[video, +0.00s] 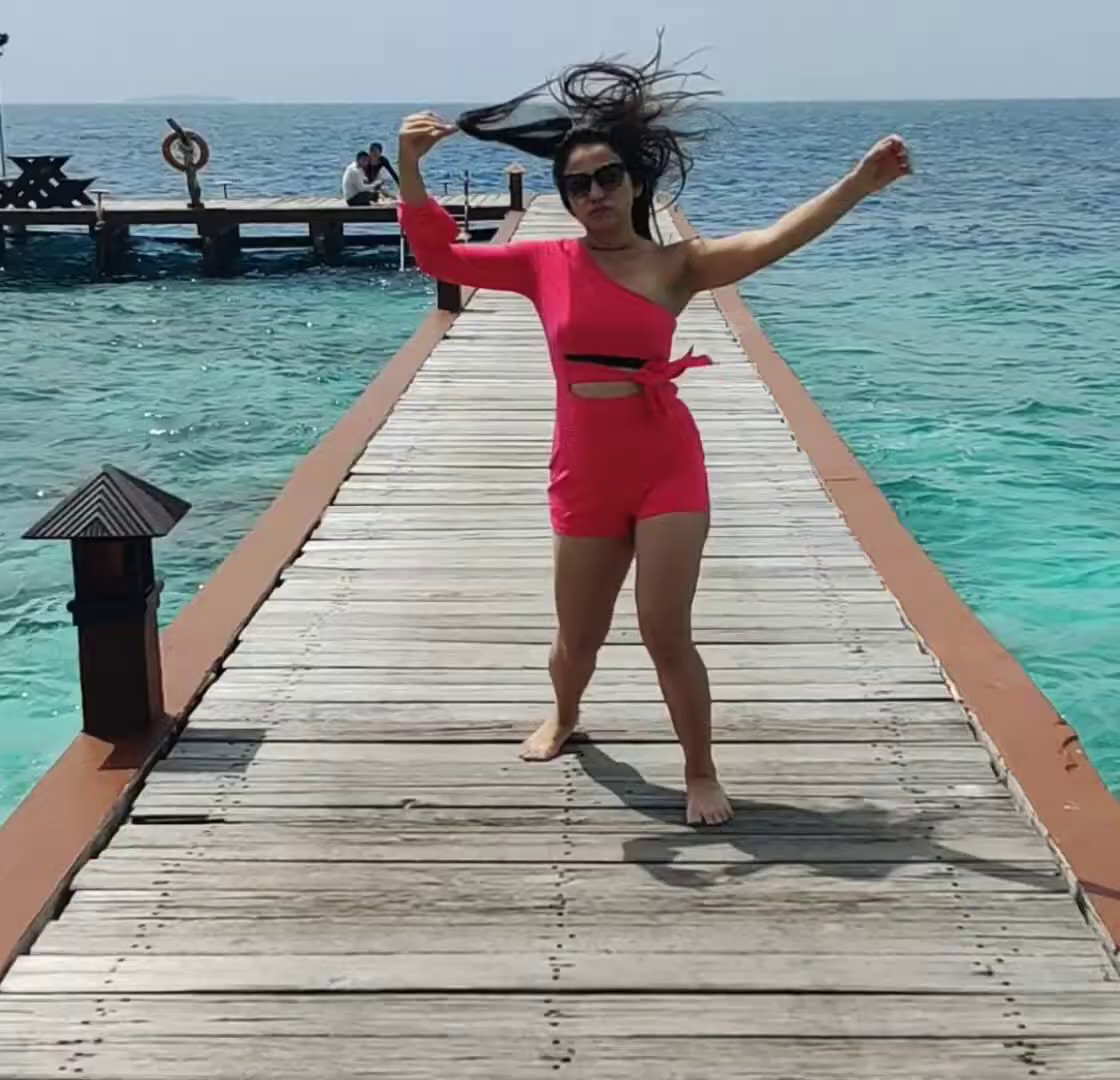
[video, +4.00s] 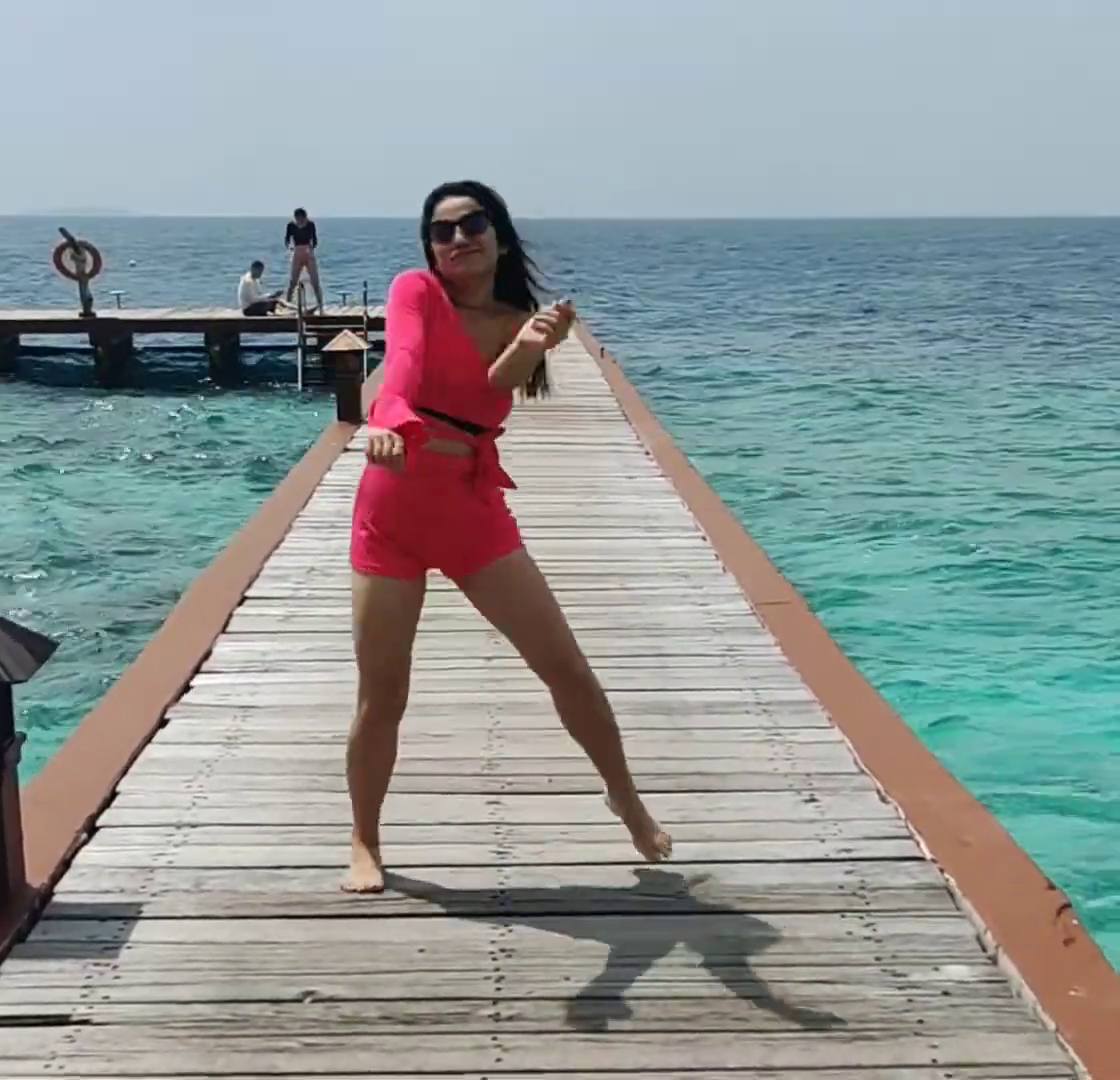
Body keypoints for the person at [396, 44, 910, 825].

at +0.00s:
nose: (595, 193)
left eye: (608, 177)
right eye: (578, 182)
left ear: (637, 181)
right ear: (563, 193)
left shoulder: (677, 264)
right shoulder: (545, 262)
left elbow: (770, 243)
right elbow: (444, 259)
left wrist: (855, 187)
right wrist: (409, 168)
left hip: (666, 465)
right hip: (582, 469)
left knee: (665, 631)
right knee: (577, 637)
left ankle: (700, 773)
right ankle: (563, 721)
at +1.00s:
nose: (701, 224)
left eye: (718, 213)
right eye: (689, 209)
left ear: (742, 219)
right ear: (671, 212)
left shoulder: (763, 263)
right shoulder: (648, 291)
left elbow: (852, 295)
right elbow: (585, 383)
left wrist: (782, 342)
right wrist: (602, 452)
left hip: (749, 465)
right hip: (670, 460)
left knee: (735, 620)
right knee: (644, 610)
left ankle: (726, 731)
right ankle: (641, 755)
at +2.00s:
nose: (521, 265)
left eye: (536, 256)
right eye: (509, 255)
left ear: (557, 267)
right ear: (491, 265)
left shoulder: (582, 320)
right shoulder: (477, 325)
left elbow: (656, 269)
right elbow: (396, 283)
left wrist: (693, 198)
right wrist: (314, 225)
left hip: (544, 523)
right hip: (473, 512)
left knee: (534, 676)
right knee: (467, 670)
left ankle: (551, 766)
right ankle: (511, 778)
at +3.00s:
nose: (478, 287)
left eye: (491, 271)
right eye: (467, 273)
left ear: (527, 261)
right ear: (459, 268)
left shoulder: (557, 294)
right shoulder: (456, 327)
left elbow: (553, 350)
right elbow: (478, 422)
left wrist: (458, 367)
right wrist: (570, 419)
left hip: (527, 514)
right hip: (451, 506)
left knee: (524, 671)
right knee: (467, 656)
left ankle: (561, 815)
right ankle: (481, 776)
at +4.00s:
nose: (458, 239)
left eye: (472, 225)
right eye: (443, 231)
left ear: (501, 235)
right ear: (430, 245)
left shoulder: (525, 320)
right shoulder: (416, 289)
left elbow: (500, 385)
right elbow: (403, 355)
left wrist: (526, 347)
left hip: (471, 508)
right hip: (392, 504)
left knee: (567, 668)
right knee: (382, 697)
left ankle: (627, 801)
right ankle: (364, 845)